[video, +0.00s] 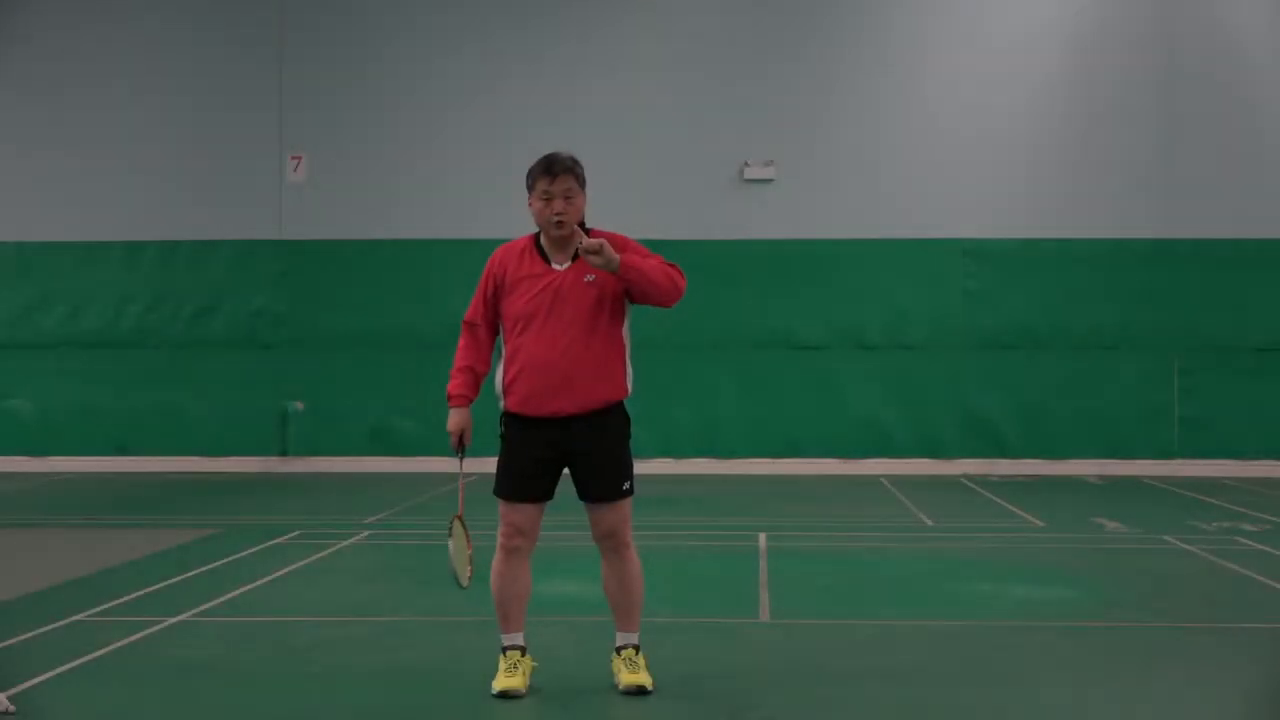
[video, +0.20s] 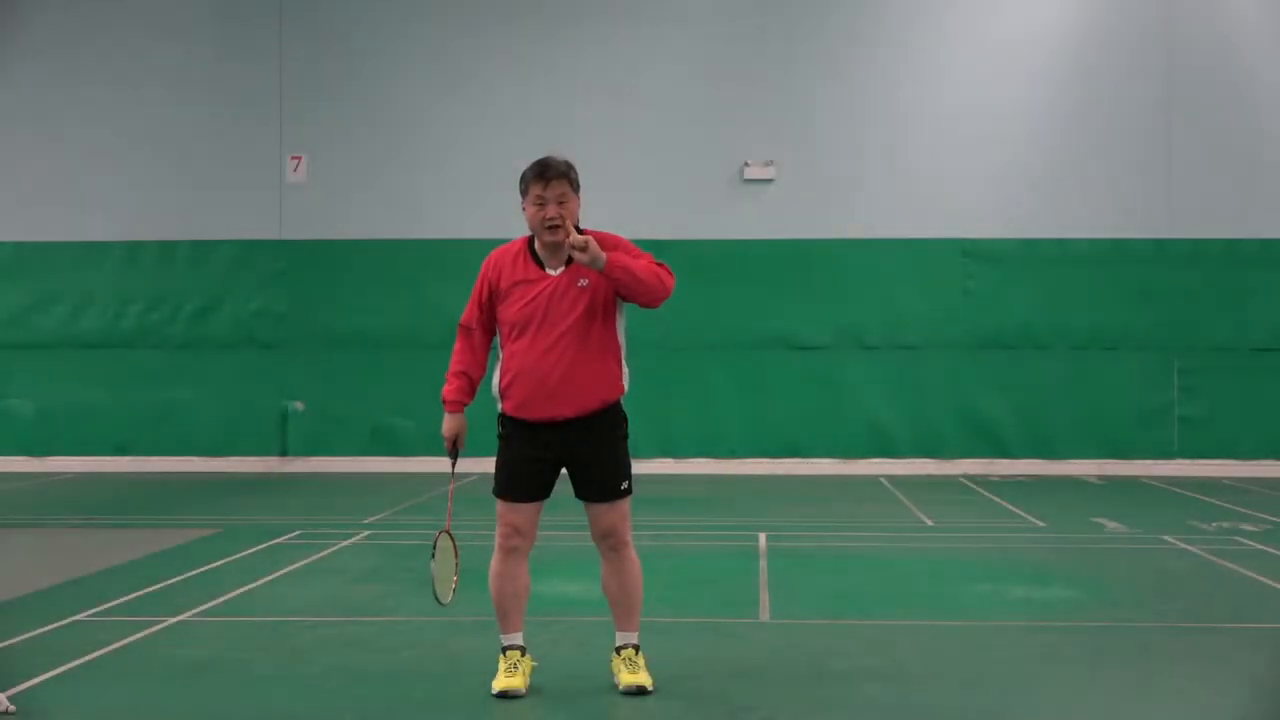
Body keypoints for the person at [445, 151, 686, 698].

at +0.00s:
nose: (557, 207)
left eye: (567, 196)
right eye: (546, 198)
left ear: (584, 200)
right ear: (531, 204)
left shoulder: (613, 251)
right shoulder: (506, 262)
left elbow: (672, 289)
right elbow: (477, 332)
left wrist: (616, 261)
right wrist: (460, 402)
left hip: (600, 419)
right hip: (527, 422)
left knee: (615, 536)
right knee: (514, 537)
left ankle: (629, 650)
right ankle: (512, 653)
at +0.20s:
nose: (550, 212)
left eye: (560, 201)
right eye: (539, 203)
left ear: (577, 204)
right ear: (524, 210)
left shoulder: (606, 250)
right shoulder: (501, 265)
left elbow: (659, 289)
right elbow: (473, 335)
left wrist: (601, 259)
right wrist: (455, 407)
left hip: (597, 421)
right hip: (524, 425)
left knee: (614, 536)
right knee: (512, 537)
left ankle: (629, 649)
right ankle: (512, 653)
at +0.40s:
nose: (553, 221)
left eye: (563, 210)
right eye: (542, 212)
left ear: (580, 211)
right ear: (526, 215)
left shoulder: (605, 253)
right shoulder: (503, 266)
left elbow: (644, 296)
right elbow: (475, 336)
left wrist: (599, 282)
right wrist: (459, 408)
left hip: (598, 422)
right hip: (527, 426)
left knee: (615, 537)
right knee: (513, 538)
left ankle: (628, 649)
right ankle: (512, 651)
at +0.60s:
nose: (557, 222)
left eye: (567, 211)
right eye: (546, 212)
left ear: (583, 212)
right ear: (529, 216)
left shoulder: (609, 254)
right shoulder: (506, 267)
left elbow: (648, 304)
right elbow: (479, 336)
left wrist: (594, 285)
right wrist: (468, 406)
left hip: (601, 422)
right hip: (529, 426)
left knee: (617, 536)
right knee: (515, 537)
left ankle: (629, 649)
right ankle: (513, 651)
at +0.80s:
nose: (560, 219)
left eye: (570, 208)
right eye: (549, 209)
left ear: (586, 210)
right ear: (532, 214)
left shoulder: (613, 255)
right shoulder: (509, 266)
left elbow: (647, 311)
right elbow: (481, 336)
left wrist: (598, 305)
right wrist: (473, 406)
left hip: (603, 423)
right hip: (531, 427)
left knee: (618, 536)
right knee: (517, 536)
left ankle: (629, 649)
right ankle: (513, 651)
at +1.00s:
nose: (561, 213)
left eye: (571, 202)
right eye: (550, 203)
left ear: (587, 207)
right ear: (534, 210)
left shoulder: (616, 257)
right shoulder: (509, 266)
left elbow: (654, 318)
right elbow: (482, 336)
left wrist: (606, 324)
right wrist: (473, 408)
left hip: (605, 424)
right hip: (532, 427)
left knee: (619, 536)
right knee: (517, 537)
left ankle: (629, 650)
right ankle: (512, 652)